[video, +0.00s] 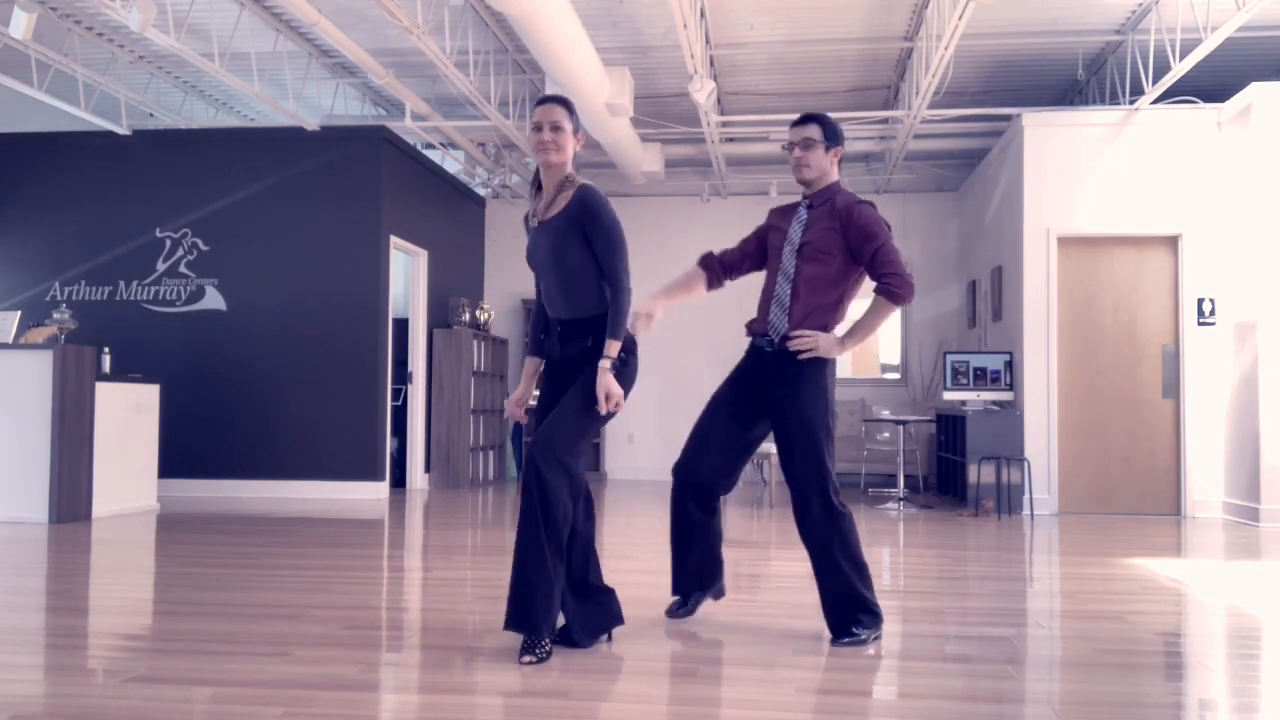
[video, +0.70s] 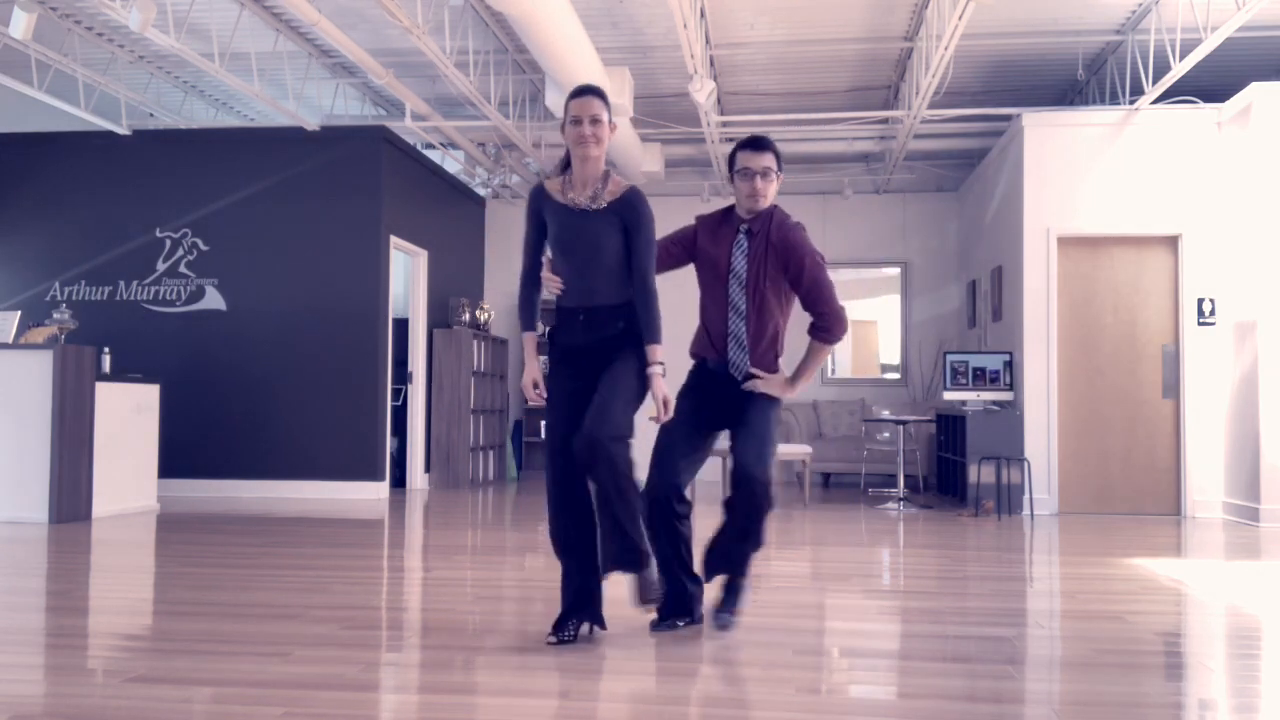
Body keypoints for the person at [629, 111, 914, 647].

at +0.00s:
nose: (795, 154)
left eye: (806, 146)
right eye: (791, 147)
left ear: (835, 154)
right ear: (789, 157)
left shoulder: (854, 213)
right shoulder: (782, 220)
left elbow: (897, 286)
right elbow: (721, 267)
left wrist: (845, 342)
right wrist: (659, 299)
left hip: (805, 365)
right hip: (757, 361)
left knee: (815, 492)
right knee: (694, 474)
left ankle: (857, 618)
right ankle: (698, 579)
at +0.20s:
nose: (792, 146)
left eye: (804, 139)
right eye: (784, 138)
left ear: (820, 150)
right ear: (771, 146)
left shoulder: (825, 208)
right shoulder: (744, 201)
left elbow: (876, 278)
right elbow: (670, 229)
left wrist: (813, 316)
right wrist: (597, 248)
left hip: (778, 359)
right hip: (727, 357)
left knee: (807, 483)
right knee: (695, 482)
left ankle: (853, 613)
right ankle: (690, 604)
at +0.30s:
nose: (785, 145)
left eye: (796, 137)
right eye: (776, 135)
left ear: (810, 148)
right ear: (762, 142)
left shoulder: (813, 206)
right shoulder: (730, 191)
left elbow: (859, 284)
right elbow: (656, 216)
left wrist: (794, 316)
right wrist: (587, 231)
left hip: (762, 356)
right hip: (709, 351)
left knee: (783, 473)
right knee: (684, 480)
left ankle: (833, 592)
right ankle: (691, 604)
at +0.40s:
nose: (778, 151)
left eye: (789, 143)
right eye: (768, 141)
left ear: (803, 152)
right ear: (754, 147)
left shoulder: (811, 218)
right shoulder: (723, 195)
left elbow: (851, 297)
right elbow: (651, 218)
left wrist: (786, 336)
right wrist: (597, 225)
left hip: (748, 355)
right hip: (695, 348)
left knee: (748, 459)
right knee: (676, 472)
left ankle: (775, 550)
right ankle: (688, 600)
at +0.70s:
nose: (756, 184)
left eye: (765, 174)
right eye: (746, 174)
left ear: (779, 180)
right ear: (731, 178)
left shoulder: (790, 240)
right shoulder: (707, 230)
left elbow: (832, 321)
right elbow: (641, 262)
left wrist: (792, 386)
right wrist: (564, 271)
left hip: (760, 386)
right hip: (707, 376)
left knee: (753, 481)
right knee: (663, 484)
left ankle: (730, 573)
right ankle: (682, 600)